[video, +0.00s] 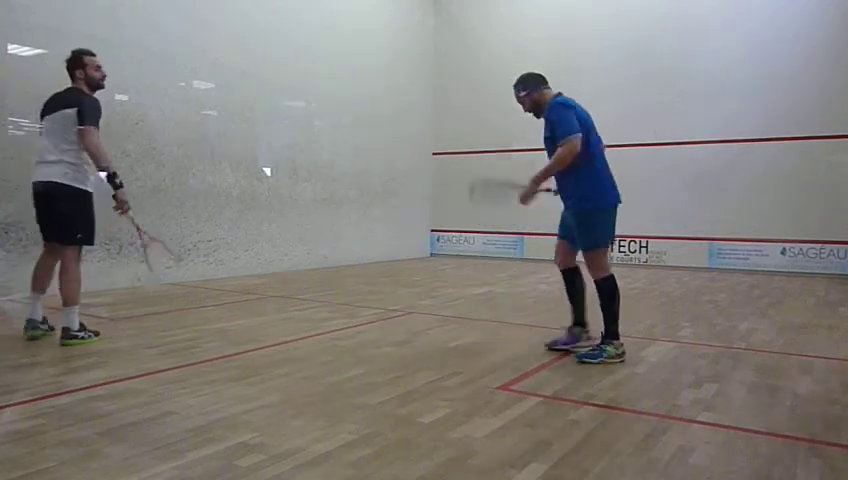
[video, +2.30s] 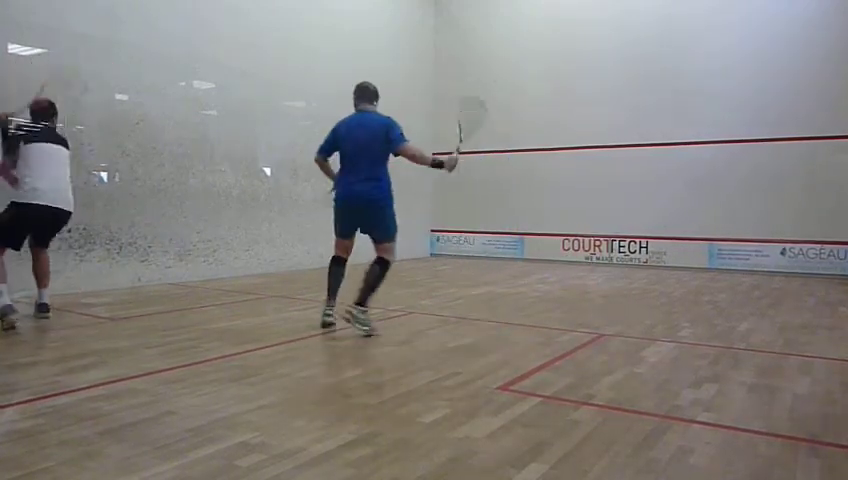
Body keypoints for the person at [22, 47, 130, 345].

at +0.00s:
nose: (103, 73)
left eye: (102, 68)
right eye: (97, 68)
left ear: (77, 75)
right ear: (79, 73)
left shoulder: (50, 102)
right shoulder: (88, 103)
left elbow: (53, 146)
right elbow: (90, 141)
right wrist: (116, 183)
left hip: (43, 185)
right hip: (70, 187)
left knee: (51, 250)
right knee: (71, 256)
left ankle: (34, 319)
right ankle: (72, 327)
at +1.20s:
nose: (111, 76)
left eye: (110, 70)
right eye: (105, 71)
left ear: (82, 75)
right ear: (88, 74)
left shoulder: (50, 98)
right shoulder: (95, 105)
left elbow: (33, 144)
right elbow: (98, 150)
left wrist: (50, 170)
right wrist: (119, 190)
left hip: (40, 185)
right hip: (74, 190)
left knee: (36, 249)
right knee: (71, 259)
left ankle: (22, 316)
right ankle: (72, 326)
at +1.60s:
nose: (66, 78)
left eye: (64, 73)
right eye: (62, 73)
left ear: (37, 77)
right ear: (50, 76)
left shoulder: (9, 104)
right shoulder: (65, 109)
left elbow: (1, 143)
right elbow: (82, 155)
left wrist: (4, 173)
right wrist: (82, 174)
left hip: (13, 190)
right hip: (53, 192)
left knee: (15, 251)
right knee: (67, 253)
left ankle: (11, 315)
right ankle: (70, 307)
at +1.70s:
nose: (56, 76)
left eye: (53, 71)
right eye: (52, 71)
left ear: (27, 78)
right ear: (42, 76)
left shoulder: (5, 102)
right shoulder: (59, 108)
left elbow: (3, 143)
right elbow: (75, 154)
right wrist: (65, 162)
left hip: (10, 189)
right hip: (48, 191)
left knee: (11, 249)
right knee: (60, 247)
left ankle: (10, 314)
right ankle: (62, 303)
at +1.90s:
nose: (45, 76)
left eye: (42, 72)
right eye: (42, 72)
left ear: (16, 78)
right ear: (34, 77)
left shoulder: (3, 102)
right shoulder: (55, 109)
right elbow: (65, 149)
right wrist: (37, 135)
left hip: (8, 187)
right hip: (44, 189)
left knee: (9, 248)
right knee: (41, 245)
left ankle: (10, 312)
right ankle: (46, 306)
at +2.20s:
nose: (48, 105)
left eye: (47, 101)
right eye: (47, 101)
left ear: (25, 101)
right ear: (46, 101)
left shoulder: (13, 119)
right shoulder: (58, 126)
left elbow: (2, 137)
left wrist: (7, 110)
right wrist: (15, 112)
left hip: (22, 195)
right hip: (57, 197)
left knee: (4, 250)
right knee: (40, 243)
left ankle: (9, 308)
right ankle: (42, 301)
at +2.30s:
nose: (32, 112)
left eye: (32, 110)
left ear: (31, 115)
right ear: (54, 118)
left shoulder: (22, 129)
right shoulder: (63, 141)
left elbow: (4, 160)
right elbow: (50, 177)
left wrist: (9, 176)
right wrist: (13, 176)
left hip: (30, 201)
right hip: (63, 206)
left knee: (1, 246)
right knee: (40, 246)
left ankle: (4, 301)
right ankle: (43, 301)